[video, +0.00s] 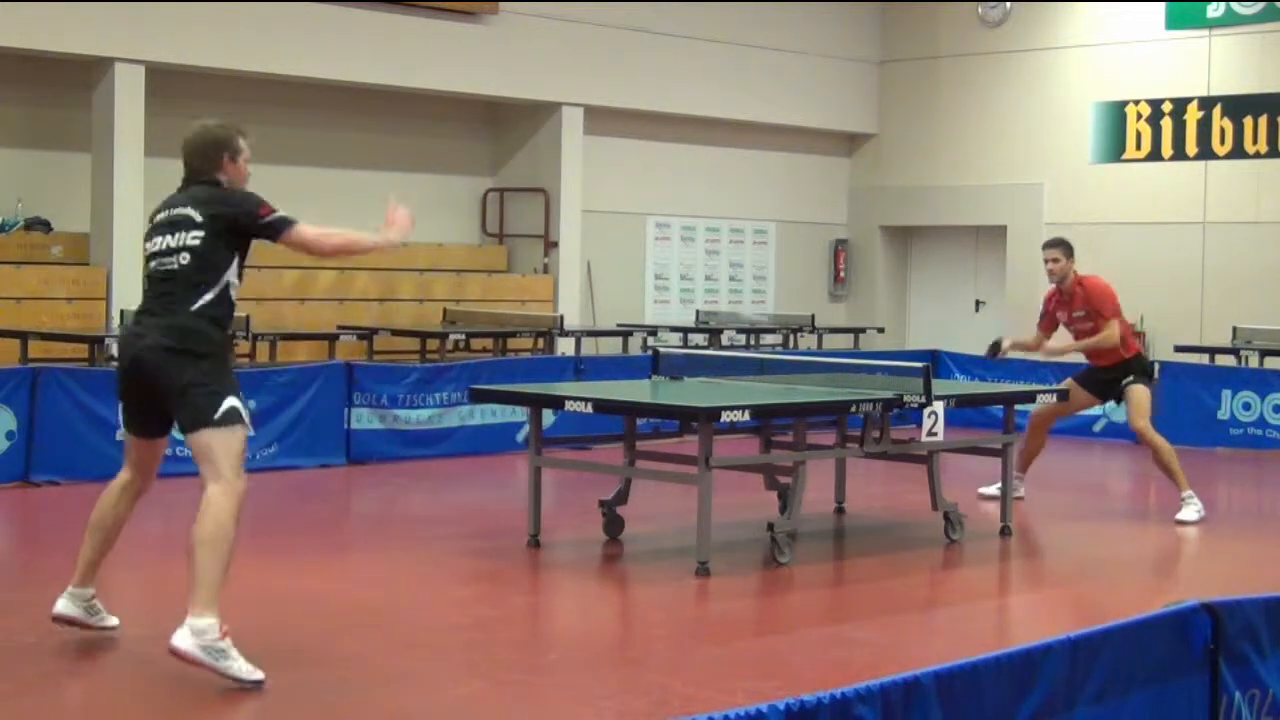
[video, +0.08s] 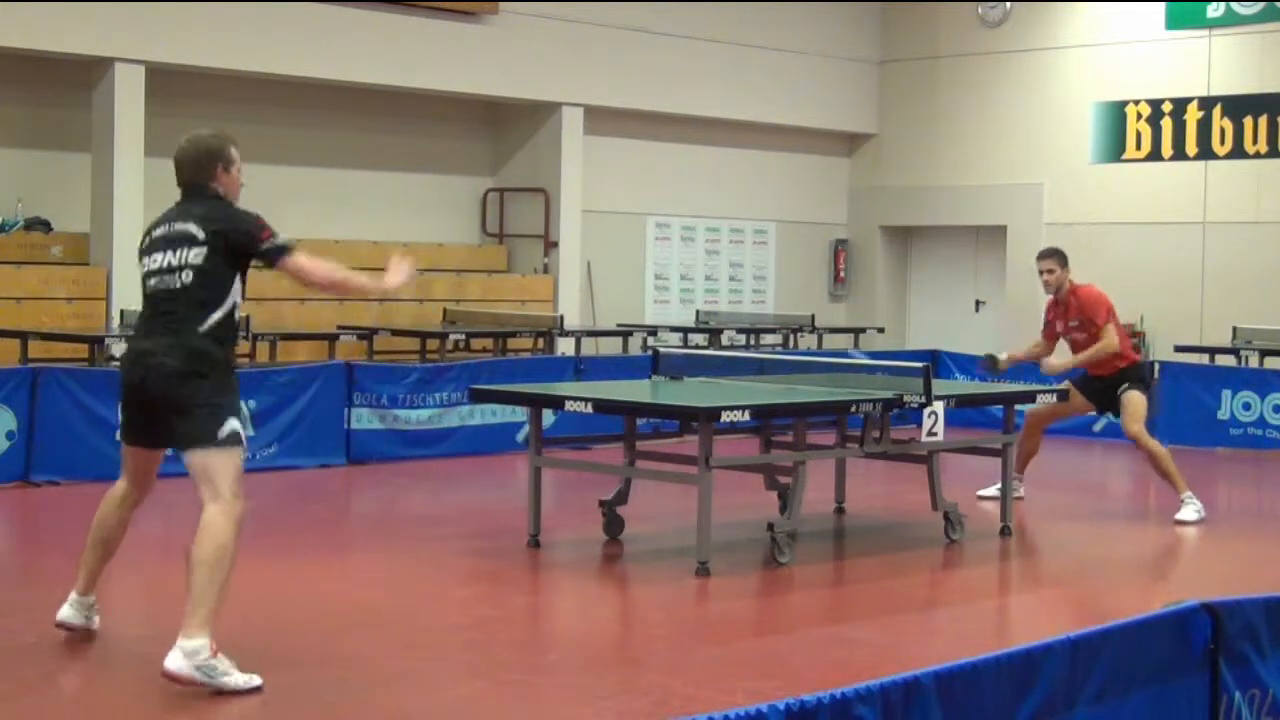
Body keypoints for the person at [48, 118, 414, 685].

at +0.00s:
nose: (248, 169)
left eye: (246, 160)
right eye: (244, 160)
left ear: (195, 167)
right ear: (226, 165)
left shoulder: (162, 212)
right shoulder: (232, 203)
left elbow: (165, 281)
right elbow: (320, 243)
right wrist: (384, 238)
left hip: (138, 349)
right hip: (192, 352)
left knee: (133, 475)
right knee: (225, 480)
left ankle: (78, 592)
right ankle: (202, 626)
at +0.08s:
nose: (241, 177)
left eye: (239, 168)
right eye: (238, 169)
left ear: (187, 178)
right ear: (221, 174)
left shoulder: (157, 228)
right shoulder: (231, 221)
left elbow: (164, 301)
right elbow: (315, 274)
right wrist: (383, 283)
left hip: (140, 367)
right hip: (197, 372)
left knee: (131, 485)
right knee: (223, 501)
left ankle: (79, 600)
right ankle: (194, 646)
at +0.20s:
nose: (238, 198)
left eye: (234, 190)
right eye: (233, 191)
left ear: (185, 202)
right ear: (218, 199)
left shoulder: (152, 249)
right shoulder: (223, 255)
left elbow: (125, 310)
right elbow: (288, 318)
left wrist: (187, 316)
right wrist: (355, 348)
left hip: (129, 394)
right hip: (189, 398)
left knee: (126, 496)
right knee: (217, 515)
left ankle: (70, 612)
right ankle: (192, 653)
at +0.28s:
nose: (235, 186)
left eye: (231, 178)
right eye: (230, 179)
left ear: (183, 186)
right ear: (216, 186)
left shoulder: (146, 231)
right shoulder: (221, 241)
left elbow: (113, 304)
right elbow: (269, 315)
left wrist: (162, 322)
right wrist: (329, 359)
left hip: (116, 368)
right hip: (174, 377)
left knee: (116, 473)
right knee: (208, 496)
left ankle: (71, 590)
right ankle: (198, 630)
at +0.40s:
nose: (234, 186)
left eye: (232, 177)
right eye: (231, 178)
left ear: (182, 187)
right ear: (216, 185)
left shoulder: (142, 223)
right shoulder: (218, 233)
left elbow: (98, 302)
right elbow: (254, 321)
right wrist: (295, 375)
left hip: (91, 354)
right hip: (143, 364)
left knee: (106, 455)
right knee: (226, 469)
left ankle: (60, 571)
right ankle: (193, 608)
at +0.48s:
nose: (231, 208)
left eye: (227, 199)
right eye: (227, 200)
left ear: (180, 207)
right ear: (216, 207)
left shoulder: (141, 243)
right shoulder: (214, 256)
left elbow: (92, 317)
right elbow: (241, 348)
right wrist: (273, 403)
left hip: (78, 365)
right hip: (128, 375)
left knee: (93, 474)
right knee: (224, 472)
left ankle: (54, 583)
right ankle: (192, 611)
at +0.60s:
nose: (221, 241)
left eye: (218, 234)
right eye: (217, 235)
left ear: (168, 243)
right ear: (204, 243)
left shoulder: (130, 275)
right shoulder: (200, 293)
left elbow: (106, 349)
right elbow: (216, 387)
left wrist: (158, 405)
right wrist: (247, 437)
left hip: (65, 399)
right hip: (119, 406)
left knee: (101, 481)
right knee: (224, 491)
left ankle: (46, 595)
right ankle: (187, 622)